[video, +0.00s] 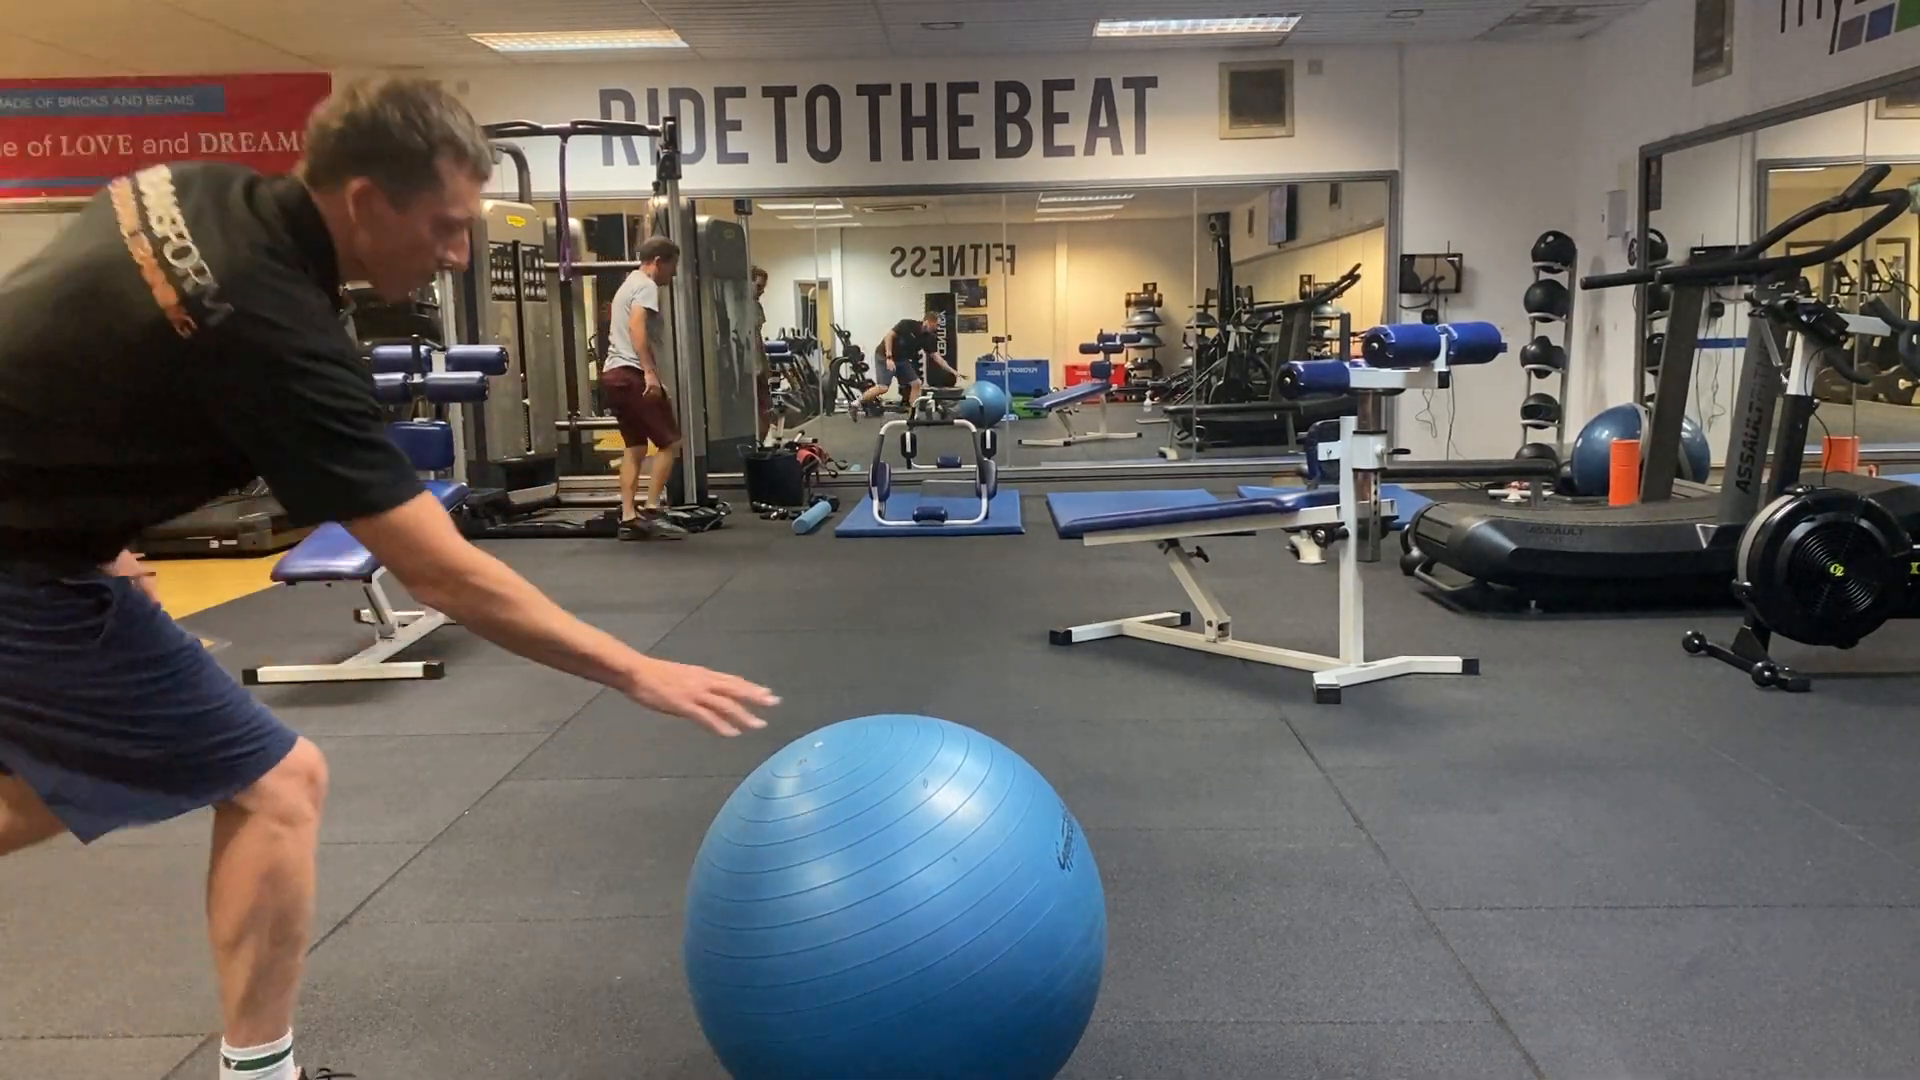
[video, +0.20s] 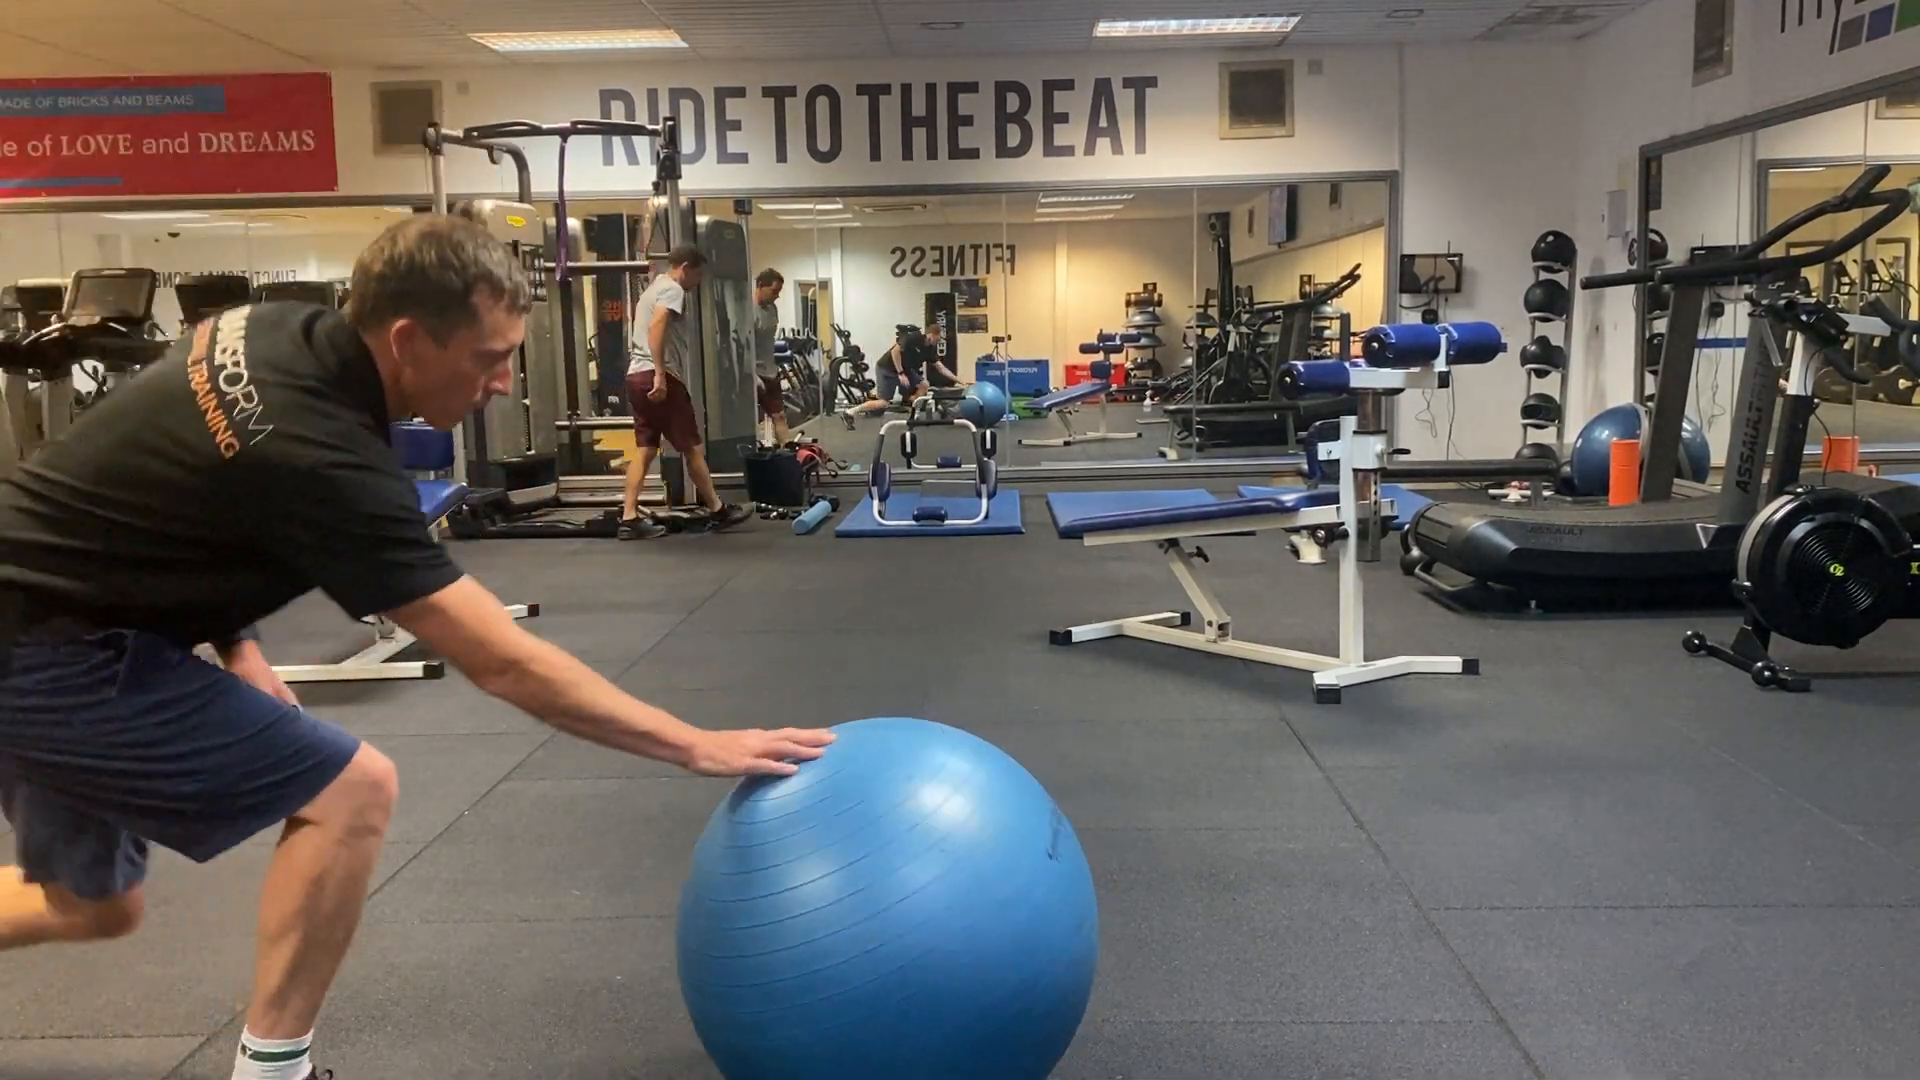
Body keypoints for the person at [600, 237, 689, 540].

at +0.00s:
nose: (673, 274)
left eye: (674, 268)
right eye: (672, 267)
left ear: (649, 262)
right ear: (656, 262)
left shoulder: (629, 282)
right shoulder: (645, 285)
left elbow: (624, 331)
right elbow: (636, 328)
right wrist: (650, 372)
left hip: (612, 374)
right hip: (630, 374)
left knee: (635, 446)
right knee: (670, 442)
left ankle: (628, 516)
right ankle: (651, 507)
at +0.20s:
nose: (697, 282)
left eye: (699, 277)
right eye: (697, 276)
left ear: (675, 267)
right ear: (684, 268)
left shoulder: (652, 289)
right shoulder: (672, 289)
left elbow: (645, 333)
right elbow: (657, 327)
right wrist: (659, 373)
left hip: (638, 378)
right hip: (662, 378)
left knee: (645, 450)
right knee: (691, 448)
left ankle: (628, 516)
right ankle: (718, 509)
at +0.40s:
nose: (726, 281)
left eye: (728, 276)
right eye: (727, 275)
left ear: (702, 266)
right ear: (716, 268)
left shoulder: (676, 293)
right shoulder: (708, 290)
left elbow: (672, 333)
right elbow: (694, 328)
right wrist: (696, 375)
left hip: (667, 378)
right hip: (694, 375)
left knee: (681, 448)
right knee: (716, 447)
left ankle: (643, 501)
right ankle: (724, 511)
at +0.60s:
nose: (746, 276)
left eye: (747, 270)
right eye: (747, 270)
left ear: (721, 263)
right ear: (737, 264)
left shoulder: (692, 292)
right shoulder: (736, 289)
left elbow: (681, 336)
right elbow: (740, 336)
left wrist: (688, 366)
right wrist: (757, 374)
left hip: (690, 371)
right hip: (718, 368)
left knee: (724, 431)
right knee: (727, 442)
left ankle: (690, 463)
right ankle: (724, 509)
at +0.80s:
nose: (762, 275)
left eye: (764, 270)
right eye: (763, 269)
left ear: (736, 263)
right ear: (753, 264)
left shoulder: (708, 292)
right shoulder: (756, 289)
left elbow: (696, 340)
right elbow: (774, 334)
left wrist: (708, 376)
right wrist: (794, 365)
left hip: (713, 372)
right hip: (741, 370)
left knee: (751, 436)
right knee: (737, 444)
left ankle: (749, 493)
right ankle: (725, 510)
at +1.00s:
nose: (778, 274)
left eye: (779, 270)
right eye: (778, 269)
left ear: (751, 264)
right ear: (771, 265)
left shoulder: (727, 295)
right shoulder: (774, 289)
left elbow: (717, 340)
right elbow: (789, 333)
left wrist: (720, 380)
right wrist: (805, 369)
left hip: (732, 371)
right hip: (762, 370)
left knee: (758, 441)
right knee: (767, 441)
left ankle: (771, 504)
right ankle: (735, 502)